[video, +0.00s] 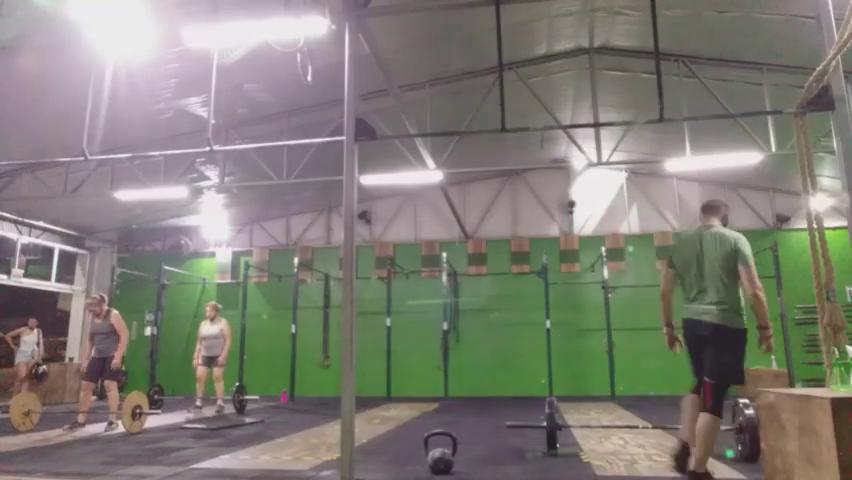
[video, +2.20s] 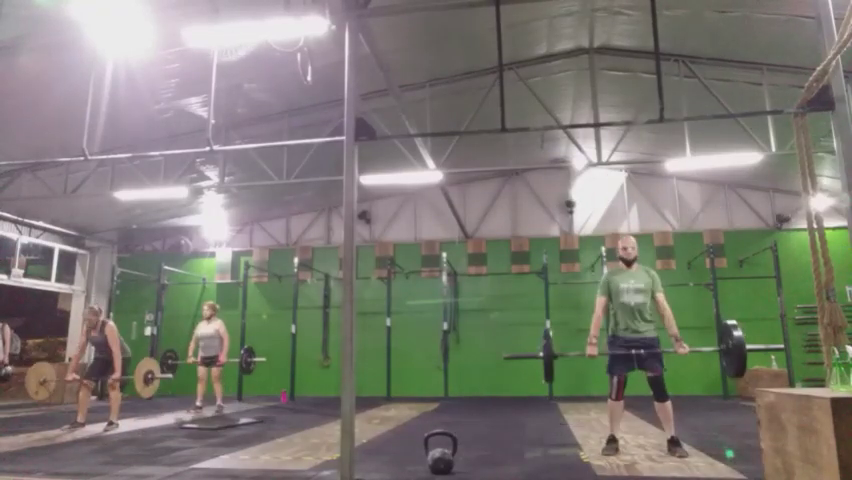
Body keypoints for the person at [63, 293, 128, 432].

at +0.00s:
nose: (93, 312)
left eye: (95, 309)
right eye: (91, 310)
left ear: (102, 305)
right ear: (90, 308)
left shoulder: (113, 315)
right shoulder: (92, 318)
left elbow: (124, 335)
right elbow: (90, 340)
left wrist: (118, 356)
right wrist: (85, 359)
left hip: (111, 356)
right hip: (96, 356)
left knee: (110, 385)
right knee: (86, 385)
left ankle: (112, 420)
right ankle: (81, 419)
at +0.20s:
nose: (88, 327)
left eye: (90, 324)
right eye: (85, 325)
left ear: (96, 319)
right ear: (82, 322)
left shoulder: (106, 326)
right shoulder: (85, 330)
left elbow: (111, 350)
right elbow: (83, 351)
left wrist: (109, 373)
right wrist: (80, 372)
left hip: (117, 361)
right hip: (100, 361)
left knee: (108, 384)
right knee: (79, 384)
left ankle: (112, 420)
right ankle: (80, 420)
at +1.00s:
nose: (82, 332)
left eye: (83, 329)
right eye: (80, 330)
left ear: (91, 325)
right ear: (80, 329)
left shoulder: (105, 333)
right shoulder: (84, 336)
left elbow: (111, 357)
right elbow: (80, 357)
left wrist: (111, 379)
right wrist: (74, 379)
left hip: (119, 360)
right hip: (102, 361)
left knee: (109, 387)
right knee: (81, 385)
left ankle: (112, 421)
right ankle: (80, 420)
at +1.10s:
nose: (83, 343)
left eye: (84, 340)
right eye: (81, 341)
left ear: (91, 334)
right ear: (79, 338)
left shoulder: (104, 338)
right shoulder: (83, 343)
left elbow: (107, 364)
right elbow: (76, 367)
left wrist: (108, 389)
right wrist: (67, 391)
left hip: (120, 363)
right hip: (102, 364)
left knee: (111, 385)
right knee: (81, 385)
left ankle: (112, 420)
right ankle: (80, 420)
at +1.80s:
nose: (84, 332)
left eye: (87, 329)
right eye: (82, 329)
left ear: (96, 329)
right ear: (81, 330)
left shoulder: (107, 339)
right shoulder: (84, 340)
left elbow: (113, 363)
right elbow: (78, 362)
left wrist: (115, 388)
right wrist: (70, 385)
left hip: (120, 362)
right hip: (102, 362)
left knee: (110, 385)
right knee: (81, 385)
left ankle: (112, 421)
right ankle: (80, 421)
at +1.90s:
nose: (90, 314)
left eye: (93, 311)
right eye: (88, 311)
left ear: (101, 312)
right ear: (87, 312)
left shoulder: (109, 324)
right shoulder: (88, 325)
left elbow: (116, 348)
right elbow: (81, 346)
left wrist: (117, 369)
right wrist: (71, 367)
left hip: (113, 356)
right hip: (99, 356)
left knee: (111, 385)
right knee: (84, 383)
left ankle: (112, 421)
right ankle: (80, 420)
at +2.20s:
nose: (87, 322)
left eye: (90, 319)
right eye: (86, 319)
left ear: (98, 318)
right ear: (85, 318)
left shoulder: (109, 327)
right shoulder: (87, 328)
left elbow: (116, 350)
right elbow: (80, 349)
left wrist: (117, 372)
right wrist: (71, 371)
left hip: (118, 357)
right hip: (101, 357)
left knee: (113, 384)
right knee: (86, 384)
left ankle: (113, 420)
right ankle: (80, 420)